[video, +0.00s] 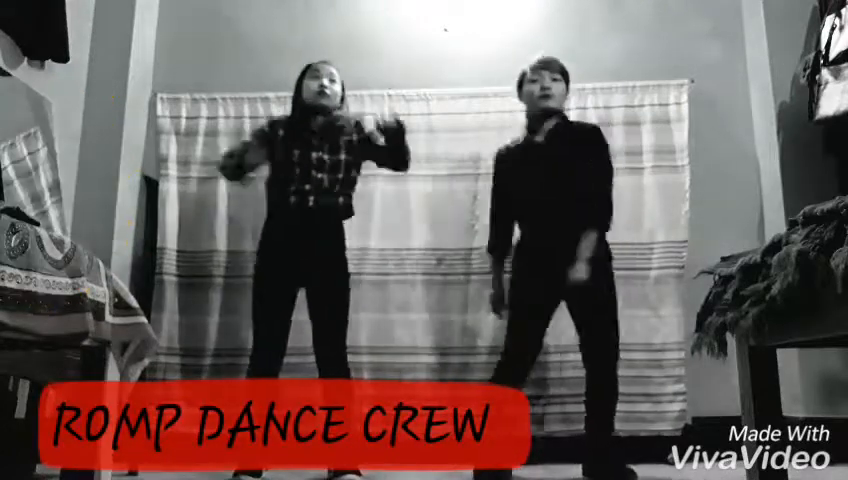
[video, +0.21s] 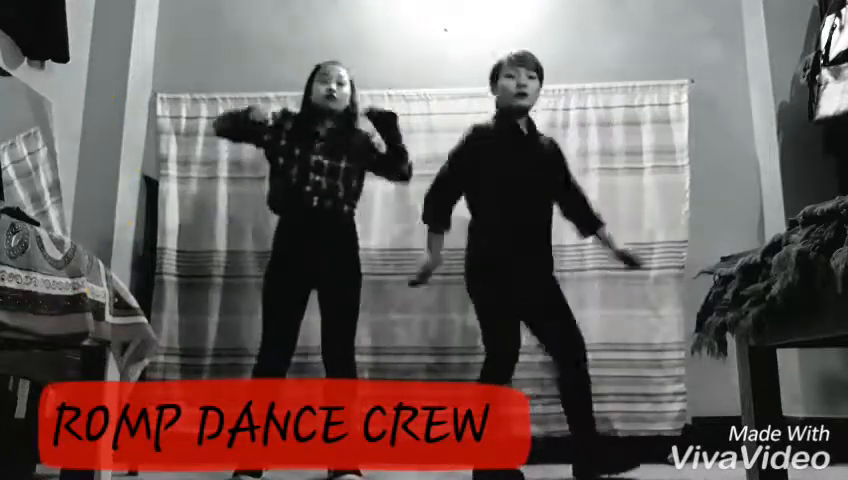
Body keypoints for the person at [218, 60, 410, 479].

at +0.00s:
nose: (324, 83)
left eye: (332, 80)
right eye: (315, 77)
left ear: (342, 95)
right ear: (299, 90)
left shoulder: (351, 132)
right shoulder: (279, 131)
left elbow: (398, 161)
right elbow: (232, 168)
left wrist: (394, 136)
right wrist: (237, 163)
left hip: (327, 249)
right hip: (279, 247)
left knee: (331, 352)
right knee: (266, 351)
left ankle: (344, 457)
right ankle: (250, 455)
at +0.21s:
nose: (334, 88)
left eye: (342, 83)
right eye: (325, 81)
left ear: (352, 96)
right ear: (309, 90)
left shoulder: (356, 140)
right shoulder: (284, 128)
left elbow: (400, 173)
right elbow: (222, 126)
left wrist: (390, 134)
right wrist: (255, 120)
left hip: (339, 249)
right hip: (292, 245)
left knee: (339, 354)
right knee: (274, 351)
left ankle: (345, 458)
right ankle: (250, 455)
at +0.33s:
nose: (321, 90)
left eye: (330, 85)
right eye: (312, 83)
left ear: (342, 95)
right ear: (298, 92)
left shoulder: (354, 142)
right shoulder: (277, 140)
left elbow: (384, 185)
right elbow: (242, 191)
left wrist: (366, 224)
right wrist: (253, 169)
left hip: (336, 256)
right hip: (287, 255)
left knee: (337, 357)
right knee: (271, 354)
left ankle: (345, 458)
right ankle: (250, 456)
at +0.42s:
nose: (314, 89)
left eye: (323, 84)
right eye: (305, 82)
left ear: (334, 95)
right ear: (290, 90)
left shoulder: (345, 147)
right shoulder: (269, 141)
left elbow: (354, 208)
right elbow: (254, 200)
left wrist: (359, 260)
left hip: (333, 262)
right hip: (279, 261)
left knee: (336, 358)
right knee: (269, 356)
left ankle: (343, 456)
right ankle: (250, 455)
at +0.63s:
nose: (345, 86)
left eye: (345, 80)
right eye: (335, 79)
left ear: (343, 89)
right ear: (311, 84)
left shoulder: (342, 139)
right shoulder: (287, 129)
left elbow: (345, 198)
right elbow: (242, 172)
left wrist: (390, 202)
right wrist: (201, 215)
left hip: (334, 254)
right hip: (293, 252)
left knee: (347, 352)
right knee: (279, 352)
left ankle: (347, 445)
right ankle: (248, 447)